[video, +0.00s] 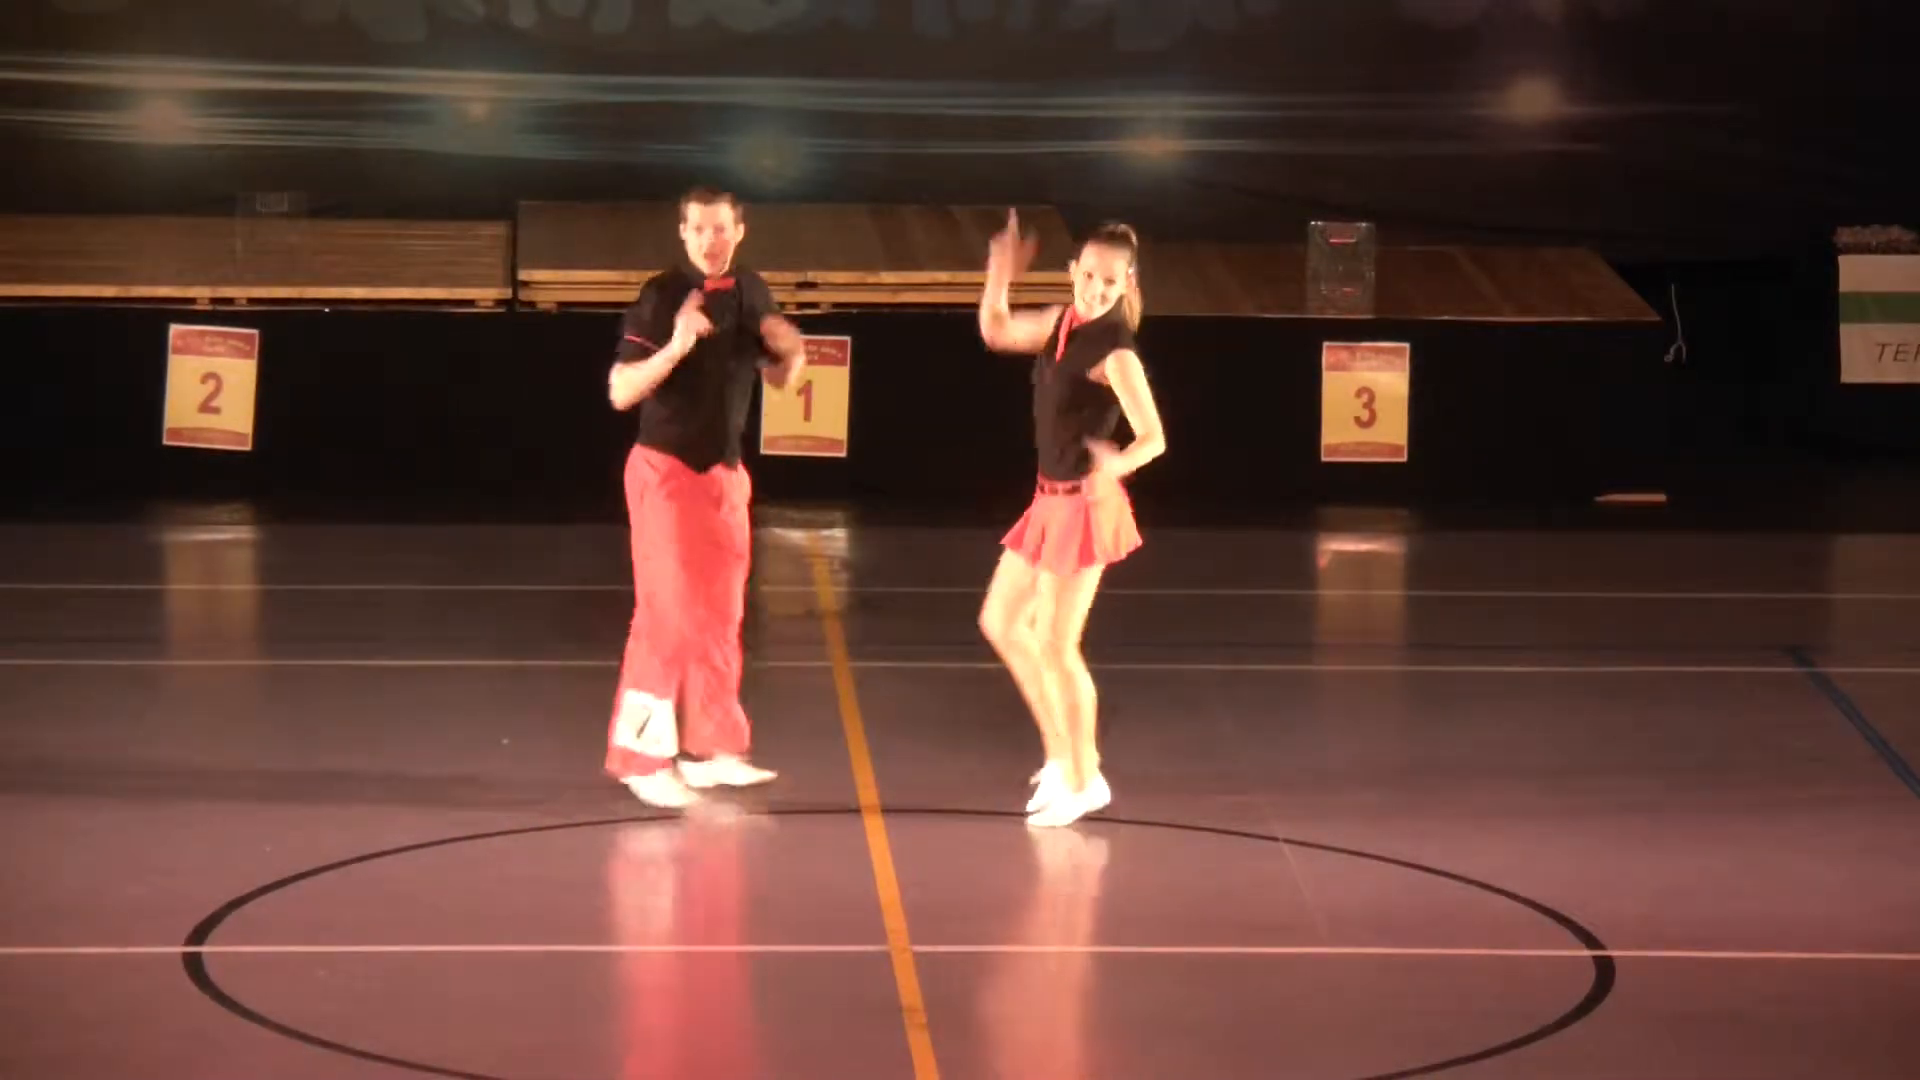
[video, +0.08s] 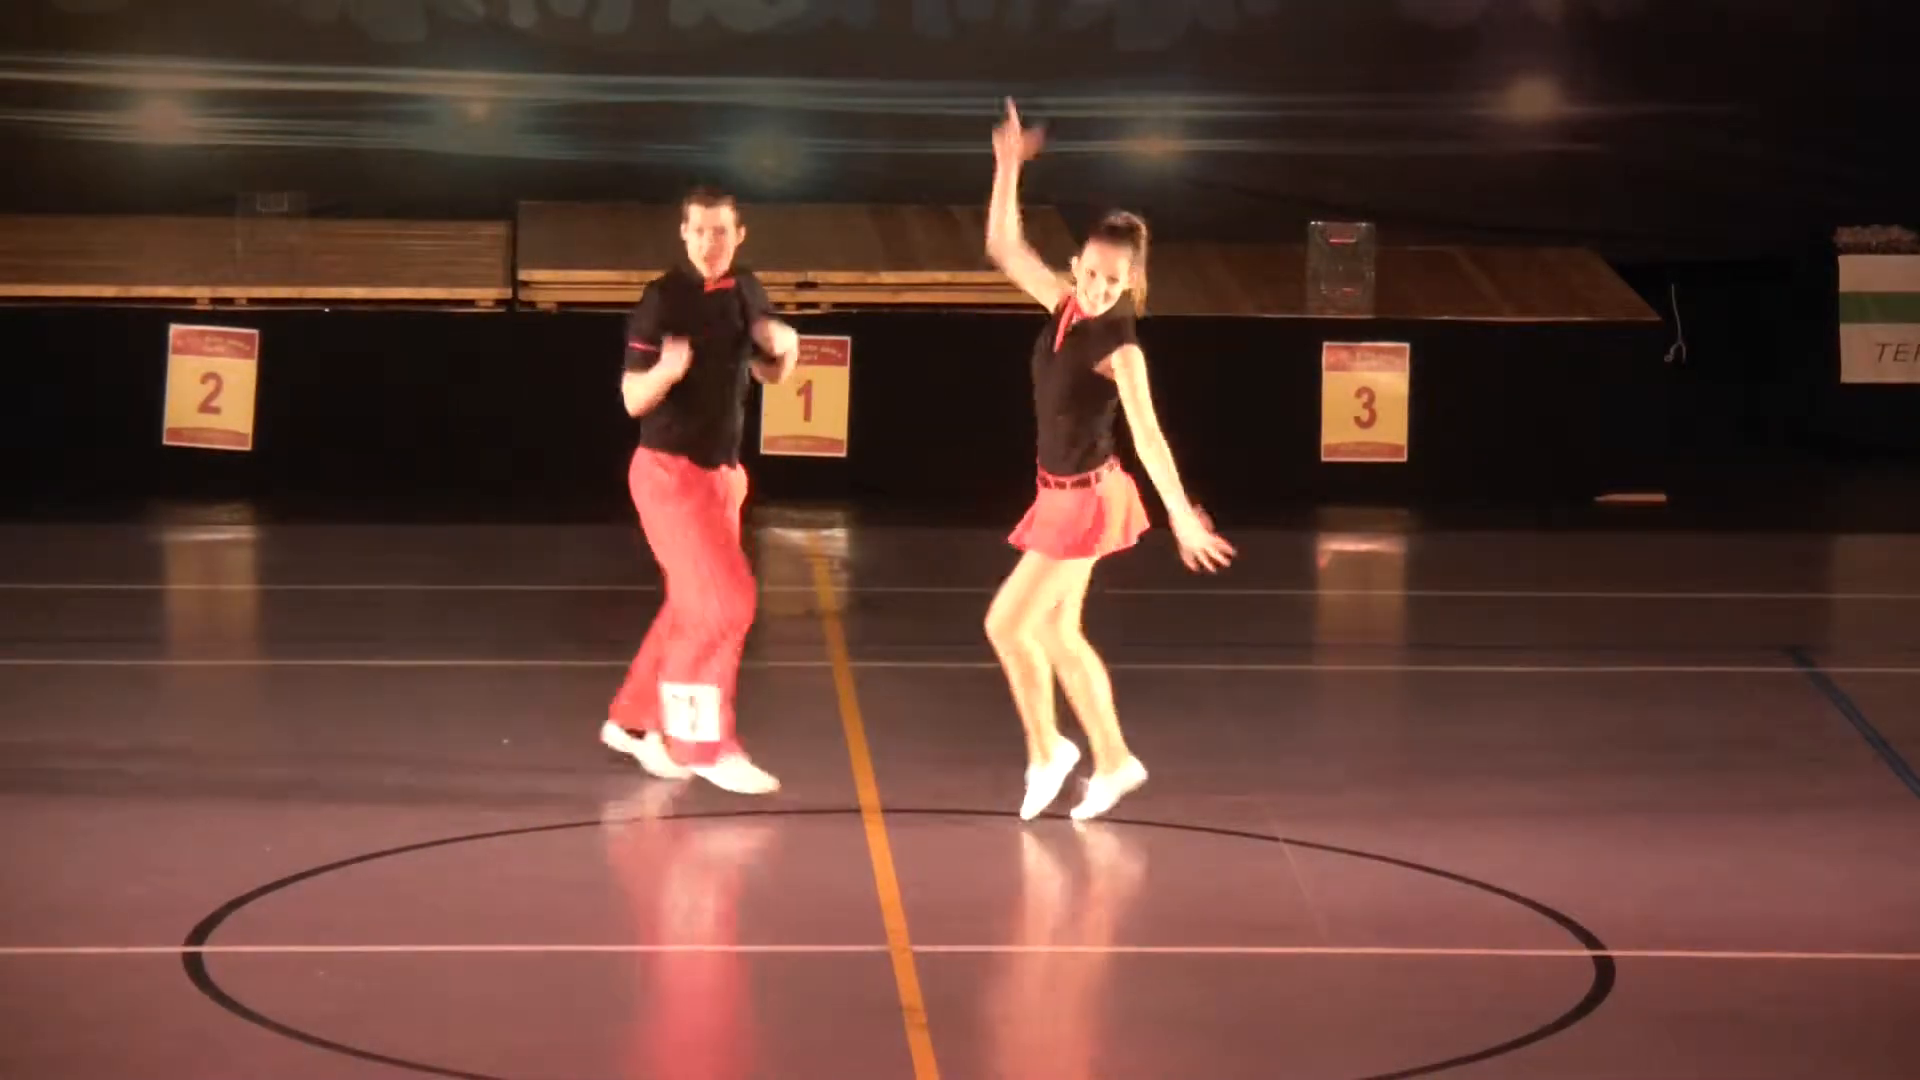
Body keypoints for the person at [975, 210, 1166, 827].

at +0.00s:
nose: (1095, 290)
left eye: (1110, 281)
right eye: (1089, 274)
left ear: (1125, 287)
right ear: (1073, 270)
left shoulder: (1116, 350)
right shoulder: (1057, 324)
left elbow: (1153, 437)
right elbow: (996, 331)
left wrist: (1113, 470)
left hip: (1088, 506)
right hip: (1047, 502)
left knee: (1056, 642)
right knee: (1000, 623)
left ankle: (1085, 778)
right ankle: (1060, 760)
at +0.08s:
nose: (1097, 287)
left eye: (1111, 279)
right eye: (1090, 271)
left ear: (1133, 278)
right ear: (1077, 257)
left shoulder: (1118, 340)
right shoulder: (1062, 299)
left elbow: (1150, 438)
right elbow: (1005, 246)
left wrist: (1183, 517)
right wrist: (1008, 168)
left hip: (1091, 498)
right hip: (1062, 493)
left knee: (1006, 624)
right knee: (1061, 636)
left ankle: (1046, 753)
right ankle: (1116, 761)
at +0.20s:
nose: (1098, 309)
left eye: (1113, 302)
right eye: (1093, 293)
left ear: (1132, 307)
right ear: (1076, 285)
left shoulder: (1123, 368)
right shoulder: (1066, 327)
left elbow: (1159, 466)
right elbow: (1040, 241)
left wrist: (1207, 550)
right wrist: (1028, 159)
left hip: (1088, 528)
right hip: (1063, 524)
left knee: (987, 635)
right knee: (1111, 657)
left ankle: (1022, 766)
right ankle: (1139, 787)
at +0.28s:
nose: (1103, 318)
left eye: (1118, 310)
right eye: (1099, 304)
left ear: (1135, 318)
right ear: (1083, 299)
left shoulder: (1129, 385)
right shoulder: (1070, 342)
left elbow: (1159, 482)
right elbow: (1036, 263)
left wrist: (1199, 569)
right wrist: (1017, 179)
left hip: (1091, 537)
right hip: (1068, 532)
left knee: (985, 641)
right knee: (1116, 661)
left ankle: (1025, 768)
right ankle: (1142, 793)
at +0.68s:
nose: (1087, 287)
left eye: (1098, 280)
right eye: (1091, 277)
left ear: (1132, 298)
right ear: (1123, 294)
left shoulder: (1136, 371)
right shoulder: (1101, 344)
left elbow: (1148, 464)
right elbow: (1023, 363)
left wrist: (1134, 534)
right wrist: (939, 351)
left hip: (1130, 525)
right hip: (1089, 508)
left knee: (1137, 661)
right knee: (974, 503)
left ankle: (1171, 793)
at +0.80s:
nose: (1106, 269)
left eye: (1121, 261)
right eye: (1104, 257)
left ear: (1152, 271)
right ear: (1098, 259)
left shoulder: (1153, 341)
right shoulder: (1094, 315)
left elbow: (1187, 434)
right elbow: (1013, 335)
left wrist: (1164, 484)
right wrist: (924, 324)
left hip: (1140, 492)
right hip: (1096, 484)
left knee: (1055, 610)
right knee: (998, 540)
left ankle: (1129, 723)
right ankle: (1042, 679)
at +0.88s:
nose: (1109, 273)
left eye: (1125, 267)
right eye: (1106, 260)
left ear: (1155, 275)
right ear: (1099, 260)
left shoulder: (1155, 343)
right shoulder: (1086, 319)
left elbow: (1197, 426)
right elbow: (1003, 328)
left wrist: (1199, 474)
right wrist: (917, 308)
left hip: (1139, 500)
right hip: (1100, 497)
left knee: (1009, 571)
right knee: (1098, 638)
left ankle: (1072, 678)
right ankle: (1137, 771)